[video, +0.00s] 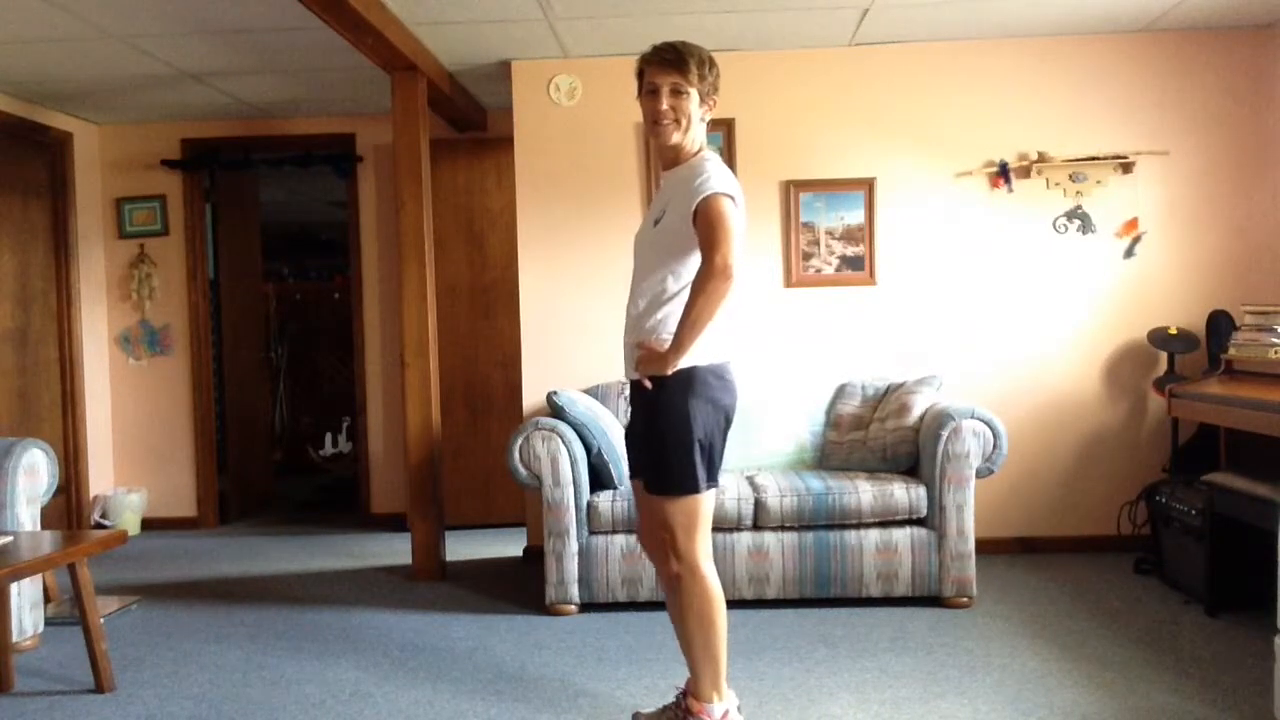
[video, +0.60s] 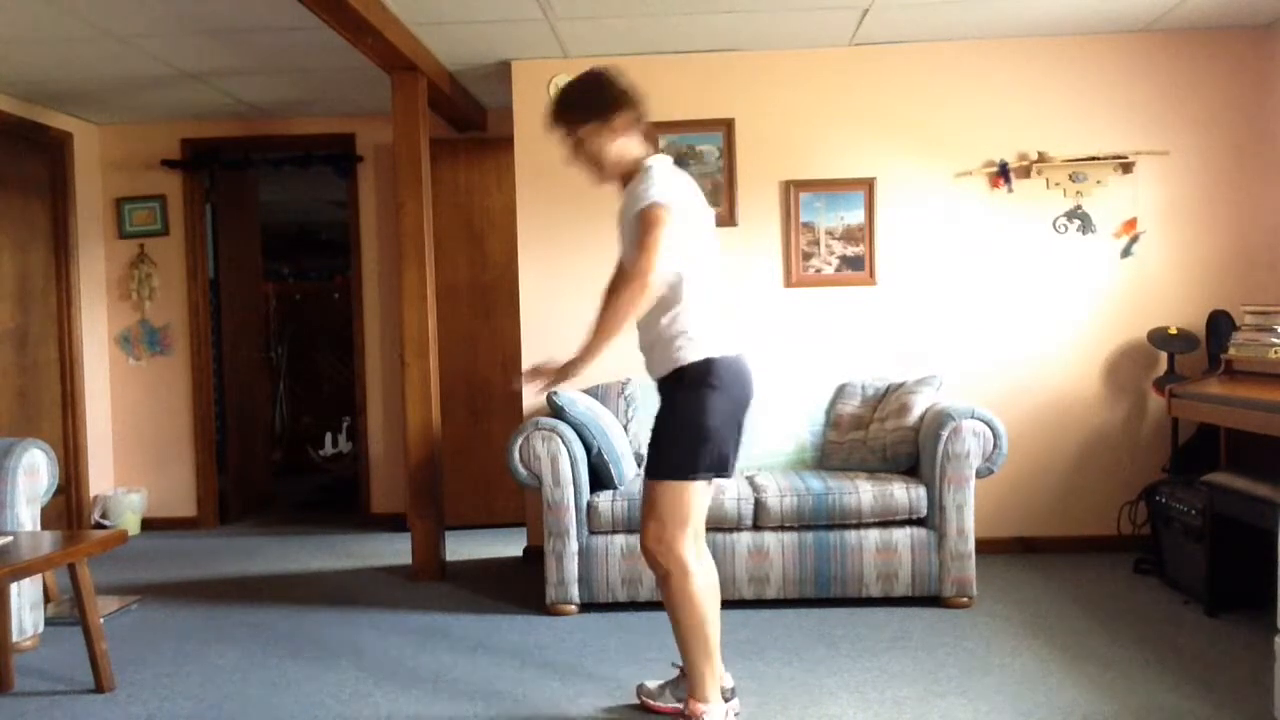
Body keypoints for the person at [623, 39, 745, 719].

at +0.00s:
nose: (661, 104)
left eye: (676, 92)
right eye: (651, 92)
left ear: (705, 103)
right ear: (640, 101)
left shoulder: (707, 176)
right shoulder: (670, 181)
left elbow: (721, 267)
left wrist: (673, 353)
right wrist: (649, 355)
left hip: (684, 382)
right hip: (656, 382)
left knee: (686, 551)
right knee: (660, 547)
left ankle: (713, 700)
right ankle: (704, 691)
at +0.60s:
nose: (576, 158)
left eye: (579, 142)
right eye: (571, 145)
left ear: (618, 125)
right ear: (621, 128)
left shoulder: (657, 184)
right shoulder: (663, 181)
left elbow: (637, 279)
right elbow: (640, 284)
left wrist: (579, 361)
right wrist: (577, 361)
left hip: (701, 376)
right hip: (707, 373)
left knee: (665, 541)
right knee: (681, 540)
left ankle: (707, 693)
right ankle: (708, 676)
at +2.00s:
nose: (435, 566)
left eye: (428, 556)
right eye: (426, 558)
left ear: (449, 527)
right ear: (457, 501)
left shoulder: (522, 510)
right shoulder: (514, 487)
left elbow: (508, 640)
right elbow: (516, 622)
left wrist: (487, 714)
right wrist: (484, 699)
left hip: (693, 496)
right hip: (704, 491)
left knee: (589, 599)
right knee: (832, 590)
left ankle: (699, 714)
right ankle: (968, 644)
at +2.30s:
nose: (442, 574)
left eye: (433, 565)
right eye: (432, 568)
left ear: (449, 535)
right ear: (456, 512)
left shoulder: (517, 519)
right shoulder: (515, 488)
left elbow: (508, 644)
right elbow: (513, 629)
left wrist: (481, 714)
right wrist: (484, 702)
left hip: (698, 493)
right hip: (706, 472)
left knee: (804, 644)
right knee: (833, 581)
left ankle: (962, 615)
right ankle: (961, 640)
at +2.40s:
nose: (442, 568)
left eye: (434, 559)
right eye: (434, 559)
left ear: (451, 532)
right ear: (462, 507)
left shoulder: (517, 526)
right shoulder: (520, 488)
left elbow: (513, 636)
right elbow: (516, 614)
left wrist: (482, 713)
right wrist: (490, 694)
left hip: (712, 519)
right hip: (709, 492)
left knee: (866, 604)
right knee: (856, 590)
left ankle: (1027, 650)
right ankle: (977, 646)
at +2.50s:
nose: (445, 566)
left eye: (437, 556)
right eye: (437, 556)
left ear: (455, 531)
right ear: (466, 504)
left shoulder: (520, 526)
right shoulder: (523, 489)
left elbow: (514, 641)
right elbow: (518, 617)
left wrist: (482, 714)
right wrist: (488, 697)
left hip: (718, 521)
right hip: (713, 495)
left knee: (858, 615)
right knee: (854, 598)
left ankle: (1026, 662)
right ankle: (975, 654)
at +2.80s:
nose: (452, 579)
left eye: (443, 571)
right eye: (442, 574)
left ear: (459, 540)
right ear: (461, 519)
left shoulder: (528, 518)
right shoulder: (517, 491)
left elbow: (509, 652)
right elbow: (519, 631)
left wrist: (485, 716)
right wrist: (484, 699)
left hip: (701, 477)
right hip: (706, 471)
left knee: (692, 640)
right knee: (820, 577)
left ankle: (840, 605)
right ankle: (959, 641)